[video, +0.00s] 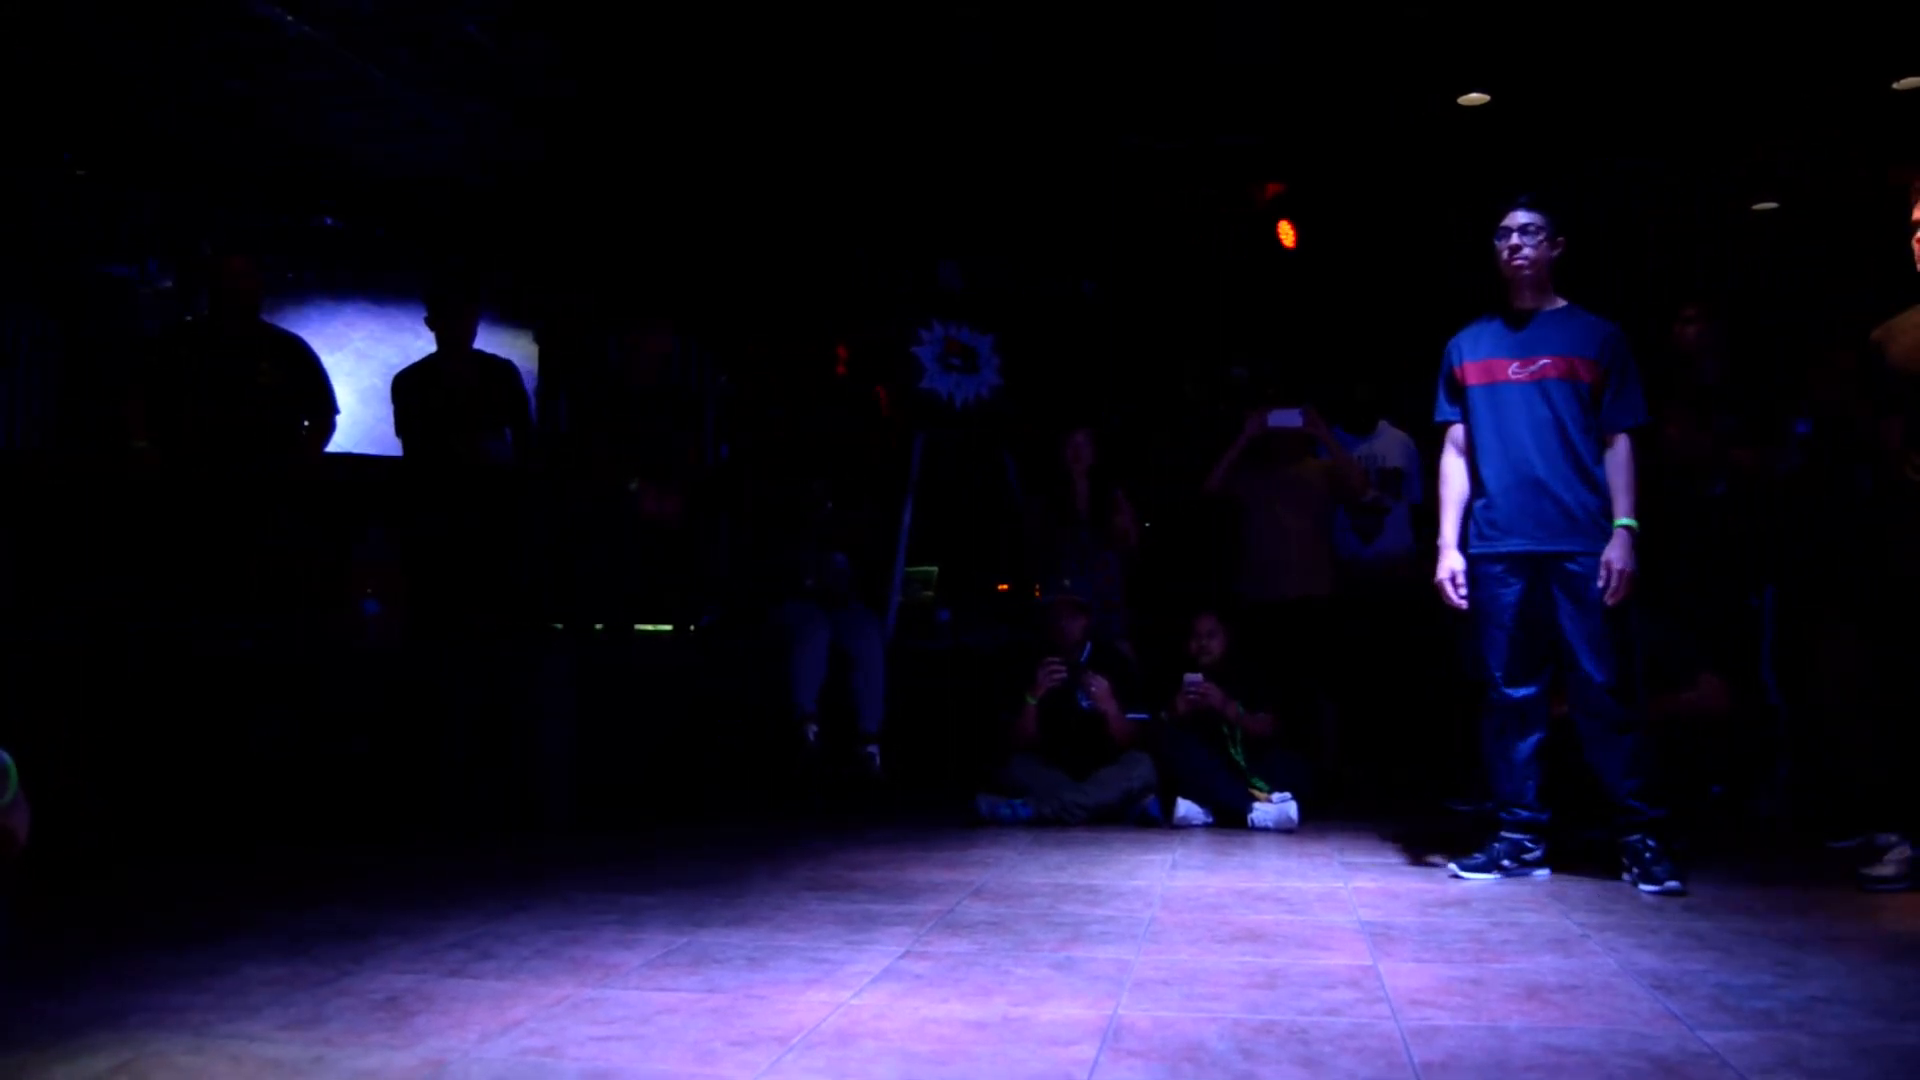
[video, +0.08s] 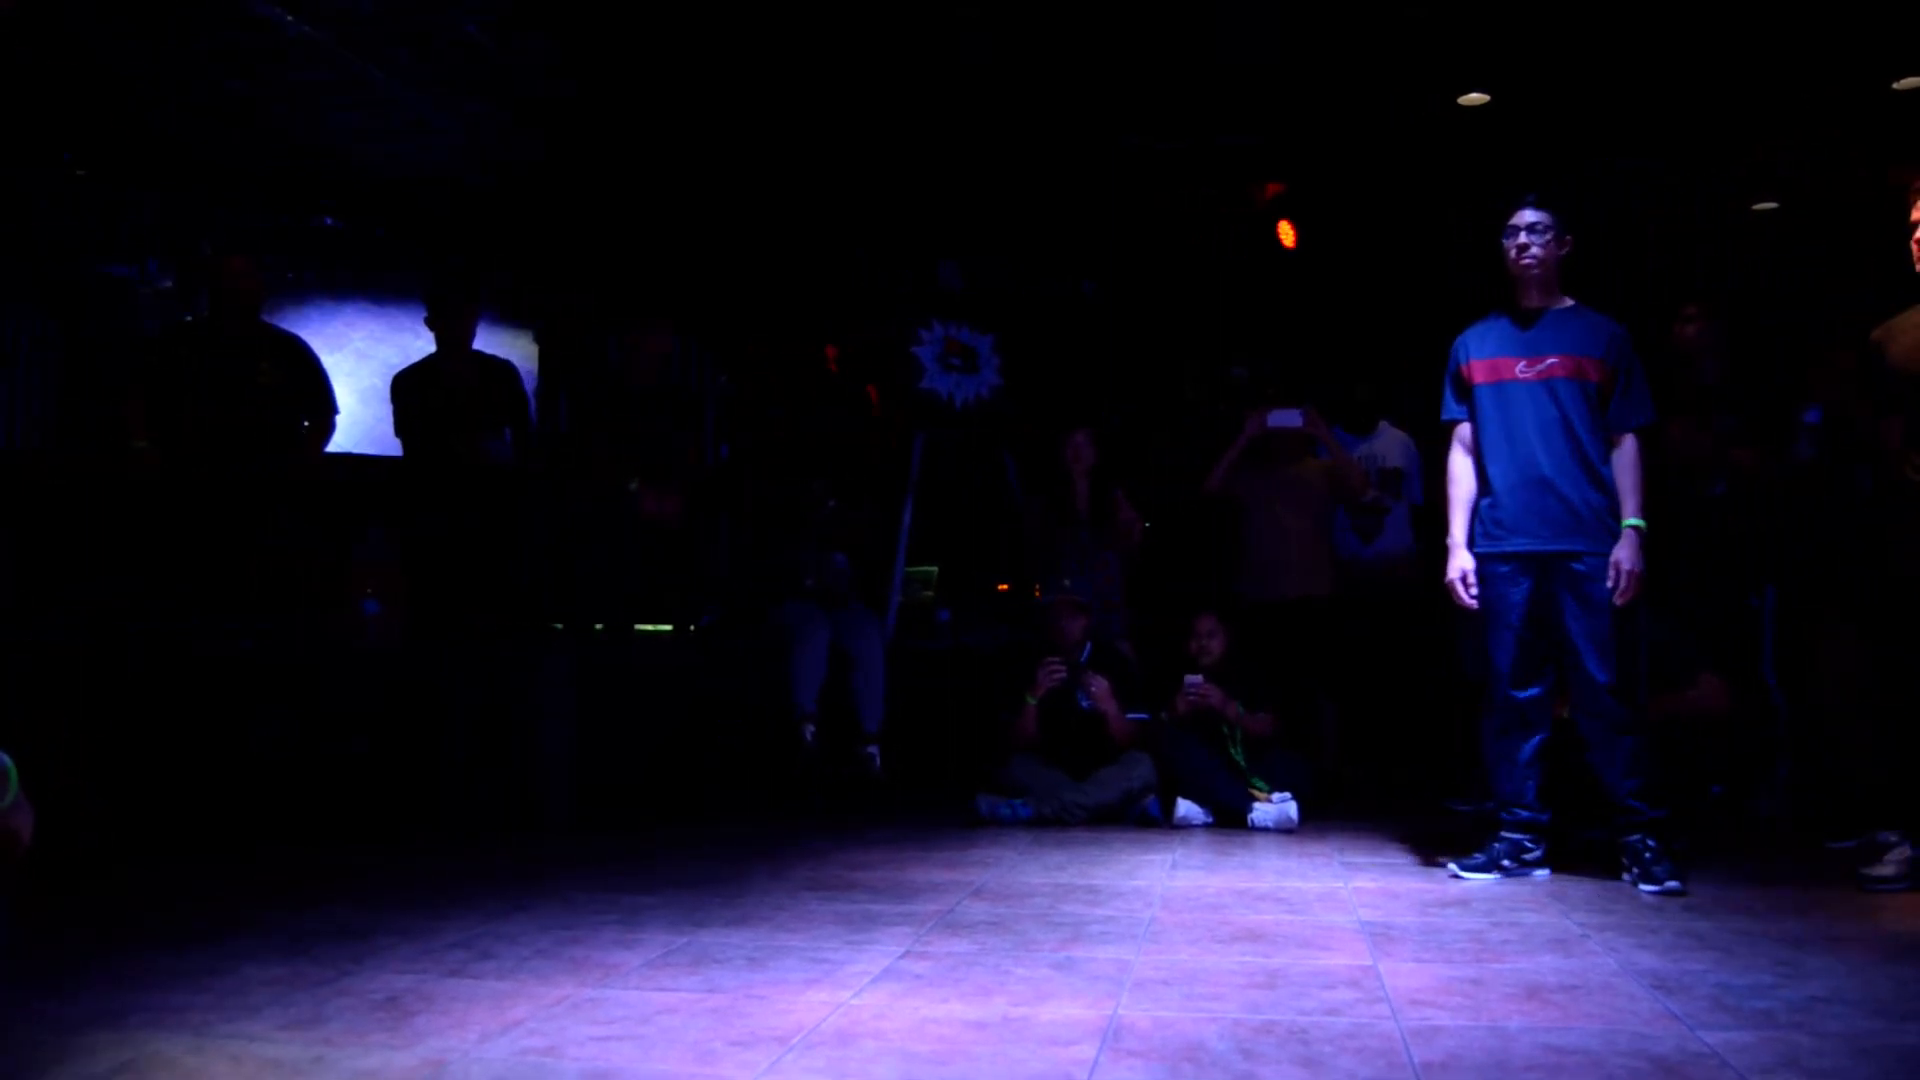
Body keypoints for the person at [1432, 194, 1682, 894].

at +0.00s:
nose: (1516, 246)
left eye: (1529, 235)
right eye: (1506, 237)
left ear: (1555, 248)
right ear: (1495, 253)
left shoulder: (1594, 337)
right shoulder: (1467, 346)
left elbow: (1616, 440)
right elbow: (1456, 450)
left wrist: (1623, 531)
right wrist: (1448, 545)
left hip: (1578, 542)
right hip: (1498, 545)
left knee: (1604, 691)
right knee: (1512, 694)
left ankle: (1640, 842)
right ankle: (1518, 837)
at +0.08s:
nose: (1525, 245)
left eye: (1538, 234)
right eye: (1515, 235)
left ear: (1563, 246)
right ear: (1502, 251)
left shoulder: (1600, 336)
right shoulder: (1473, 344)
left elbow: (1622, 440)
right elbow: (1463, 448)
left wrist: (1631, 530)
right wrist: (1458, 545)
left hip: (1585, 541)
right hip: (1504, 543)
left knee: (1604, 691)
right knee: (1515, 694)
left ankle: (1640, 841)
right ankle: (1519, 836)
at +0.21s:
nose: (1535, 242)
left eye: (1548, 231)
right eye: (1525, 232)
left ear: (1574, 244)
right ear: (1512, 248)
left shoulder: (1611, 334)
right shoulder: (1482, 342)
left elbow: (1633, 440)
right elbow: (1472, 446)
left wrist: (1642, 531)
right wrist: (1468, 543)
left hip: (1595, 540)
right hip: (1513, 541)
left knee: (1608, 690)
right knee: (1519, 692)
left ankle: (1638, 840)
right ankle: (1519, 836)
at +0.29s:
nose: (1541, 242)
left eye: (1555, 230)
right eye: (1531, 232)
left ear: (1581, 241)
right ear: (1518, 246)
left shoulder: (1618, 334)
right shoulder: (1489, 340)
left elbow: (1638, 440)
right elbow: (1477, 444)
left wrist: (1648, 531)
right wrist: (1472, 540)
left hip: (1600, 540)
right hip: (1518, 541)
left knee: (1612, 692)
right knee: (1521, 691)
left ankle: (1639, 841)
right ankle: (1519, 836)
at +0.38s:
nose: (1549, 241)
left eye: (1562, 230)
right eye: (1539, 231)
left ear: (1589, 242)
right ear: (1527, 247)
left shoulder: (1624, 334)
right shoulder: (1495, 338)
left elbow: (1644, 440)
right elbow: (1481, 443)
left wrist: (1653, 532)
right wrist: (1475, 538)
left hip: (1605, 542)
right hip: (1522, 542)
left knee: (1617, 693)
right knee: (1523, 692)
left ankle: (1639, 841)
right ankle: (1520, 836)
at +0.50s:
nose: (1559, 239)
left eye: (1572, 228)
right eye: (1548, 230)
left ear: (1600, 240)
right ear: (1537, 245)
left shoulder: (1635, 333)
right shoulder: (1505, 336)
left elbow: (1655, 440)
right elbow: (1489, 440)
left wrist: (1662, 531)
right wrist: (1479, 536)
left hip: (1614, 542)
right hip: (1528, 543)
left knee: (1622, 694)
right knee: (1527, 691)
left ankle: (1639, 841)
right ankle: (1520, 836)